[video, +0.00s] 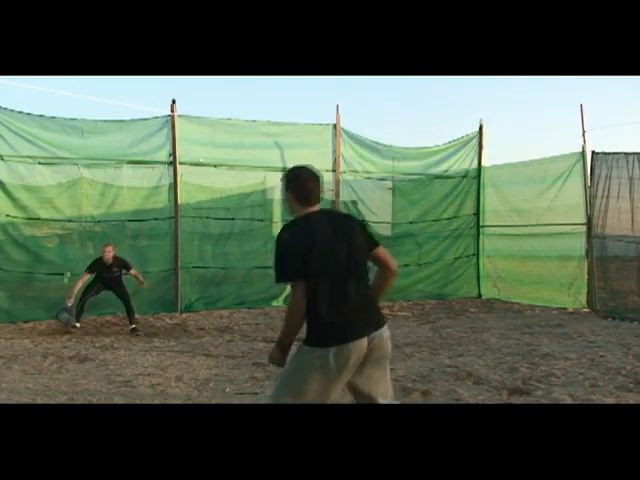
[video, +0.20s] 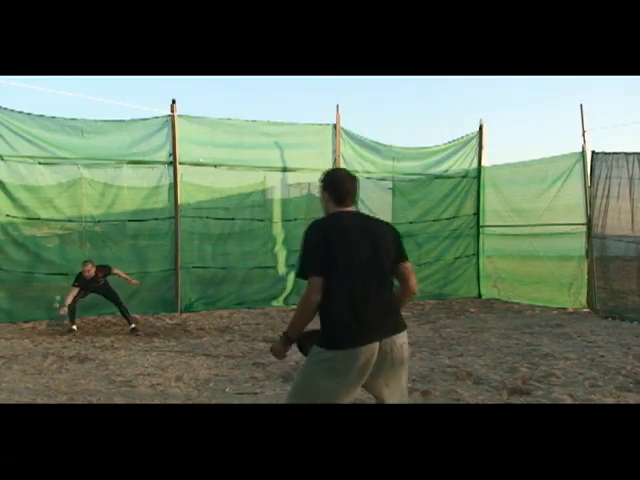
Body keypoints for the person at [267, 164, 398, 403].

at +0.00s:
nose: (285, 196)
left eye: (286, 191)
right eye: (287, 190)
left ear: (290, 196)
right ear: (319, 193)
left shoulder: (290, 235)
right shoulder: (346, 221)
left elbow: (299, 301)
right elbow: (390, 267)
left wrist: (282, 346)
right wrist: (369, 302)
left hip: (331, 343)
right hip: (376, 333)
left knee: (283, 399)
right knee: (380, 399)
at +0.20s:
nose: (320, 197)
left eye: (321, 192)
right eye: (322, 192)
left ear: (326, 196)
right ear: (354, 195)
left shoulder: (319, 231)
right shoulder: (384, 228)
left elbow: (313, 296)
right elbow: (410, 286)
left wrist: (286, 339)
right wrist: (387, 314)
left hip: (344, 346)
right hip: (393, 340)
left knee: (300, 400)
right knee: (397, 399)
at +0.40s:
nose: (336, 189)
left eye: (336, 183)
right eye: (337, 183)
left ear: (341, 186)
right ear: (370, 188)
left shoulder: (326, 219)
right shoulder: (394, 222)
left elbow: (312, 283)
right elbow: (412, 284)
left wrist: (286, 302)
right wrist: (382, 291)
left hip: (339, 337)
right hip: (390, 334)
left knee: (313, 398)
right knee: (398, 399)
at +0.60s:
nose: (316, 190)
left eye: (317, 186)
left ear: (321, 191)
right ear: (353, 191)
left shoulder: (308, 229)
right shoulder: (373, 227)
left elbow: (280, 285)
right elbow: (386, 282)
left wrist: (263, 273)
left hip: (330, 346)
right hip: (381, 341)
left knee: (291, 399)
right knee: (387, 400)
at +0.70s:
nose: (297, 197)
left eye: (298, 193)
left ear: (301, 197)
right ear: (328, 195)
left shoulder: (290, 234)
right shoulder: (350, 228)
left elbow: (263, 288)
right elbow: (362, 277)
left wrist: (242, 272)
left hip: (316, 348)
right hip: (367, 341)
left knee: (278, 400)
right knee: (378, 399)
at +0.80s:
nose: (267, 200)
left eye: (269, 195)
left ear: (274, 199)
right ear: (302, 197)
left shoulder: (266, 236)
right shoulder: (325, 227)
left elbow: (241, 293)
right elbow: (342, 267)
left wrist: (213, 295)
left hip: (300, 345)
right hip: (348, 337)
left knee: (266, 400)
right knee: (366, 399)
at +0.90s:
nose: (240, 206)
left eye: (241, 200)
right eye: (244, 199)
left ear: (246, 204)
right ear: (275, 200)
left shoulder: (243, 243)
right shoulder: (299, 223)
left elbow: (224, 307)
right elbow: (328, 244)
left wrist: (188, 329)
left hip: (294, 340)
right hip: (340, 327)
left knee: (262, 399)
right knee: (362, 398)